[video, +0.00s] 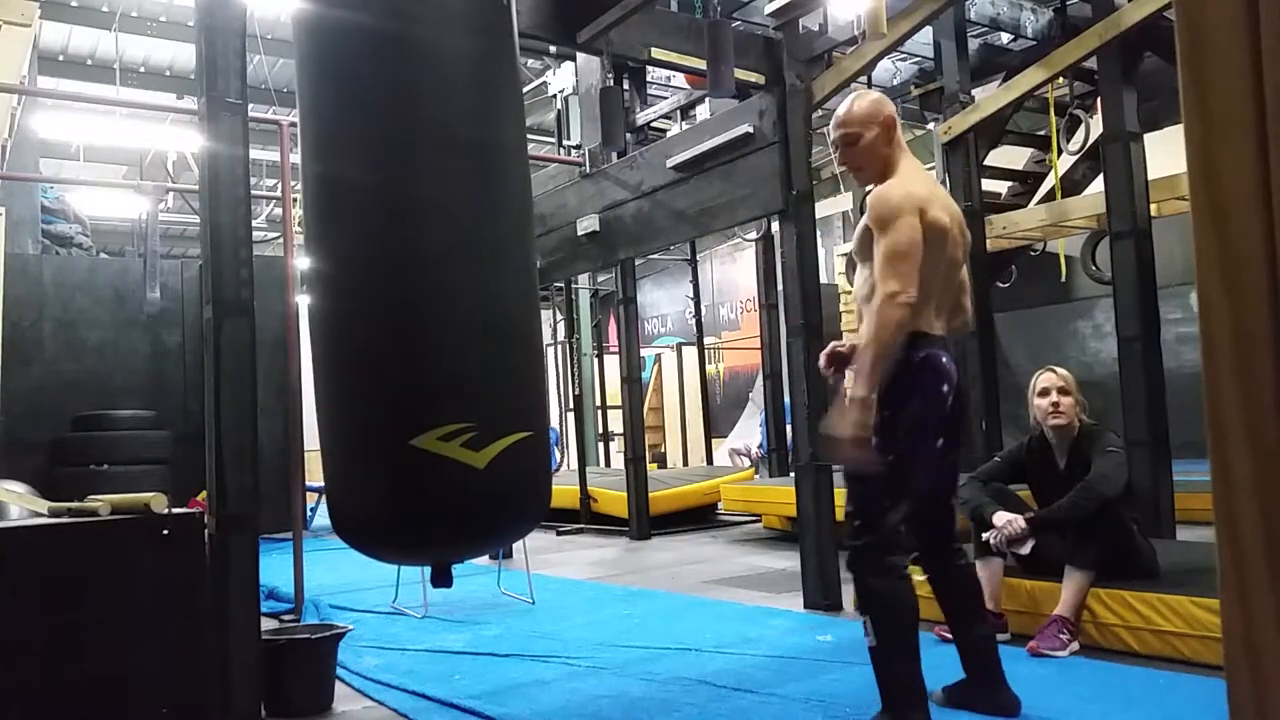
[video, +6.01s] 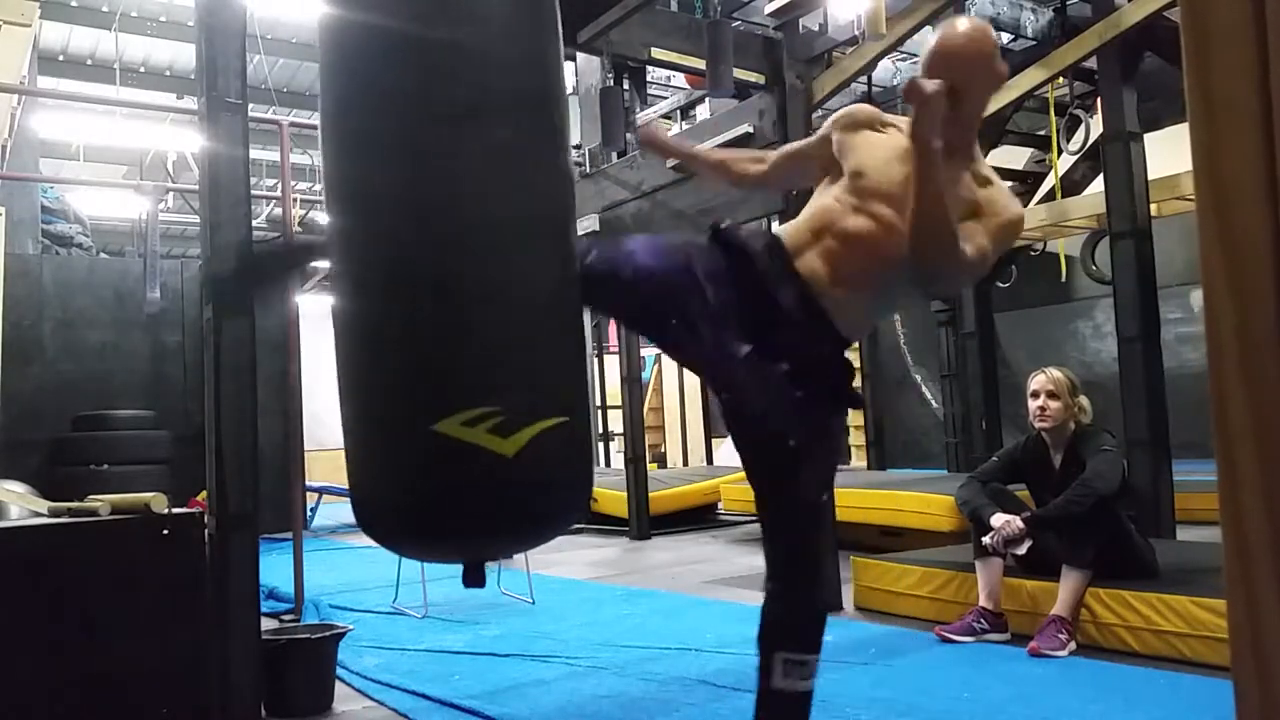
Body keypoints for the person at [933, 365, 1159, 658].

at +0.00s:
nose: (1054, 400)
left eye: (1063, 392)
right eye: (1044, 394)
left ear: (1077, 403)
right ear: (1032, 407)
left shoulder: (1102, 440)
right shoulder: (1030, 449)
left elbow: (1105, 486)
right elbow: (969, 487)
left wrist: (1031, 522)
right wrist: (994, 514)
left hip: (1120, 559)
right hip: (1060, 557)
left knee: (1096, 506)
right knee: (994, 498)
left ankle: (1063, 621)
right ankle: (990, 613)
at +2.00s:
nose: (1040, 404)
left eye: (1051, 396)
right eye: (1034, 397)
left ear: (1072, 406)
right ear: (1026, 406)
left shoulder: (1097, 442)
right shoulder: (1028, 449)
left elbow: (1101, 484)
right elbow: (967, 488)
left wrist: (1028, 521)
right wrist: (992, 516)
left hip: (1118, 560)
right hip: (1059, 555)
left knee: (1089, 505)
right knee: (989, 495)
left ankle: (1061, 621)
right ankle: (988, 612)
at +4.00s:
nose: (1041, 404)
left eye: (1052, 396)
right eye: (1034, 396)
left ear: (1072, 405)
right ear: (1026, 405)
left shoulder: (1098, 443)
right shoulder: (1027, 449)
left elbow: (1099, 485)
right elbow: (968, 488)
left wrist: (1026, 522)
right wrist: (992, 516)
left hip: (1118, 559)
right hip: (1059, 555)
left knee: (1087, 504)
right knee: (988, 495)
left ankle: (1061, 621)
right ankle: (989, 612)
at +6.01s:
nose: (1042, 404)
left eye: (1053, 396)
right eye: (1035, 396)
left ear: (1072, 406)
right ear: (1027, 405)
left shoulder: (1097, 442)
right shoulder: (1027, 449)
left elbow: (1100, 485)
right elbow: (968, 488)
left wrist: (1027, 522)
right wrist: (992, 516)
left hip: (1117, 559)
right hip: (1058, 556)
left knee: (1090, 504)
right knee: (988, 496)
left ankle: (1061, 620)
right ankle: (989, 612)